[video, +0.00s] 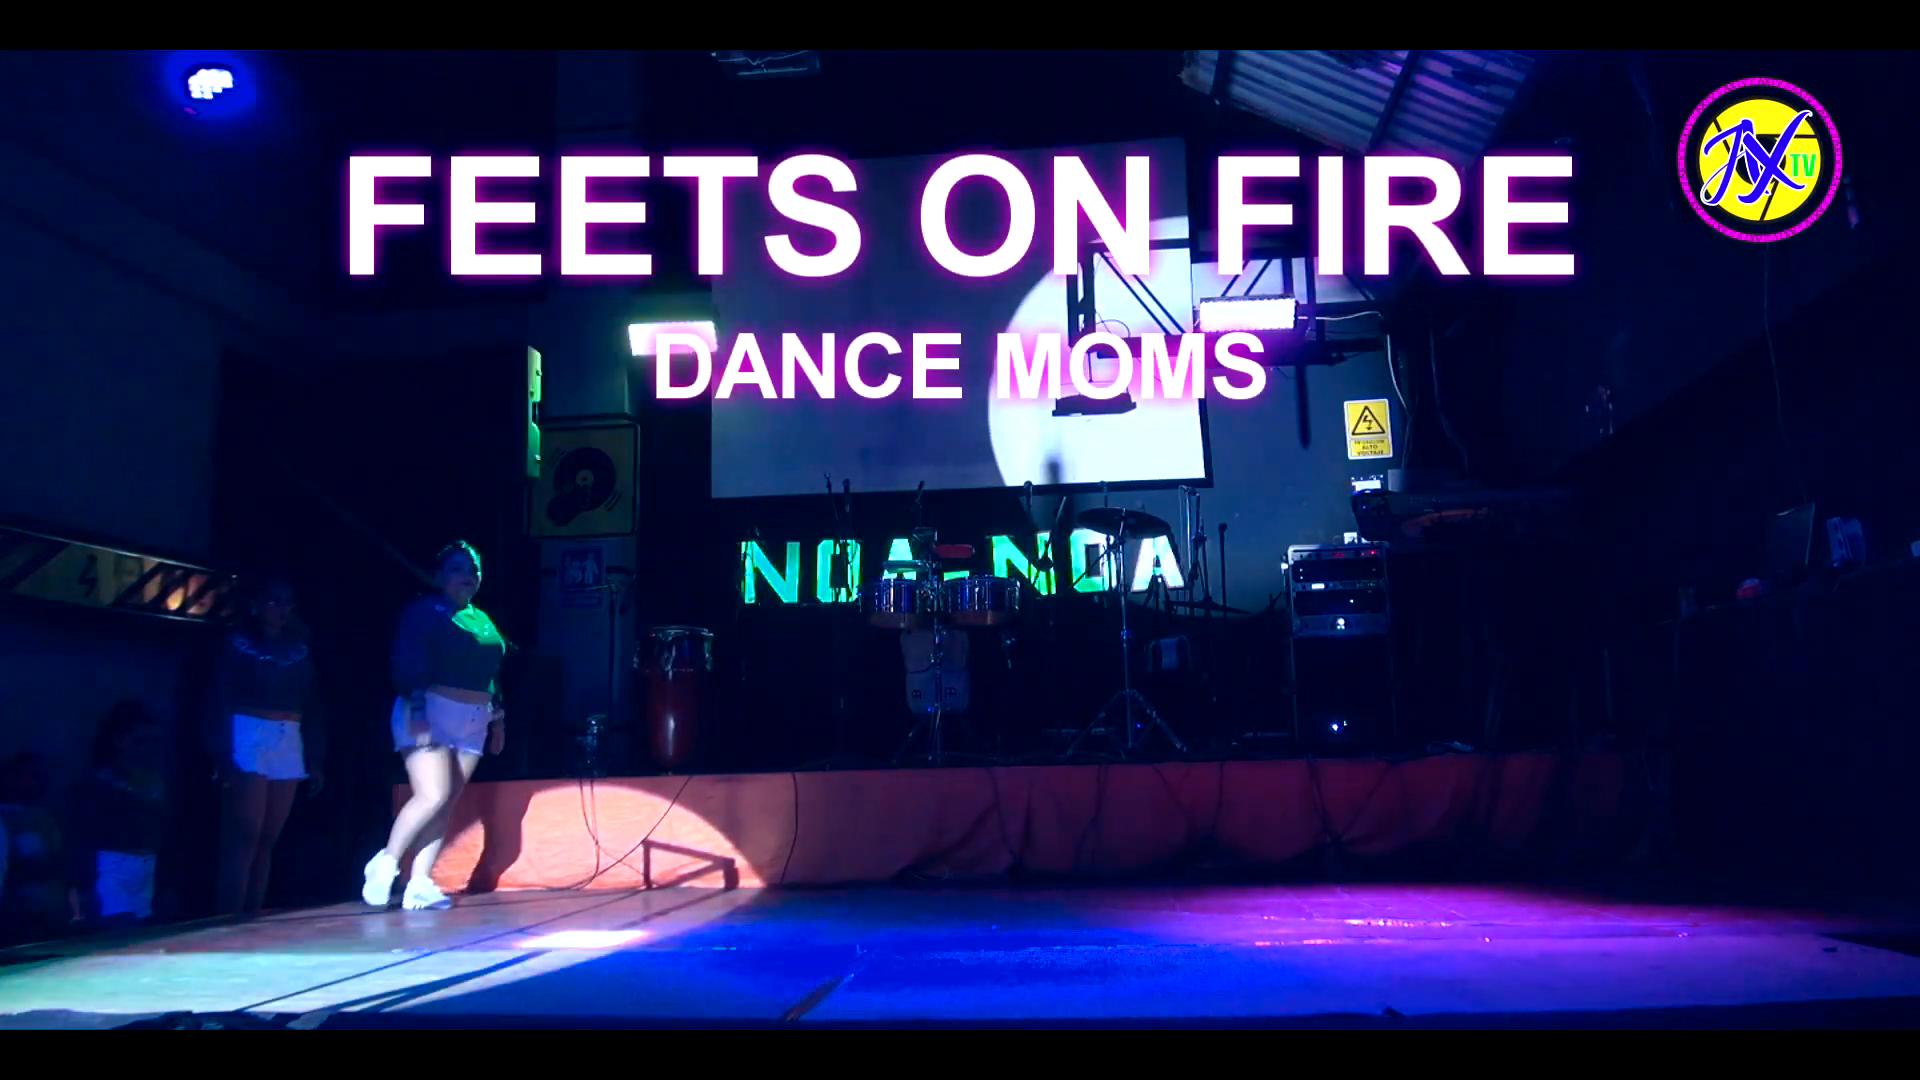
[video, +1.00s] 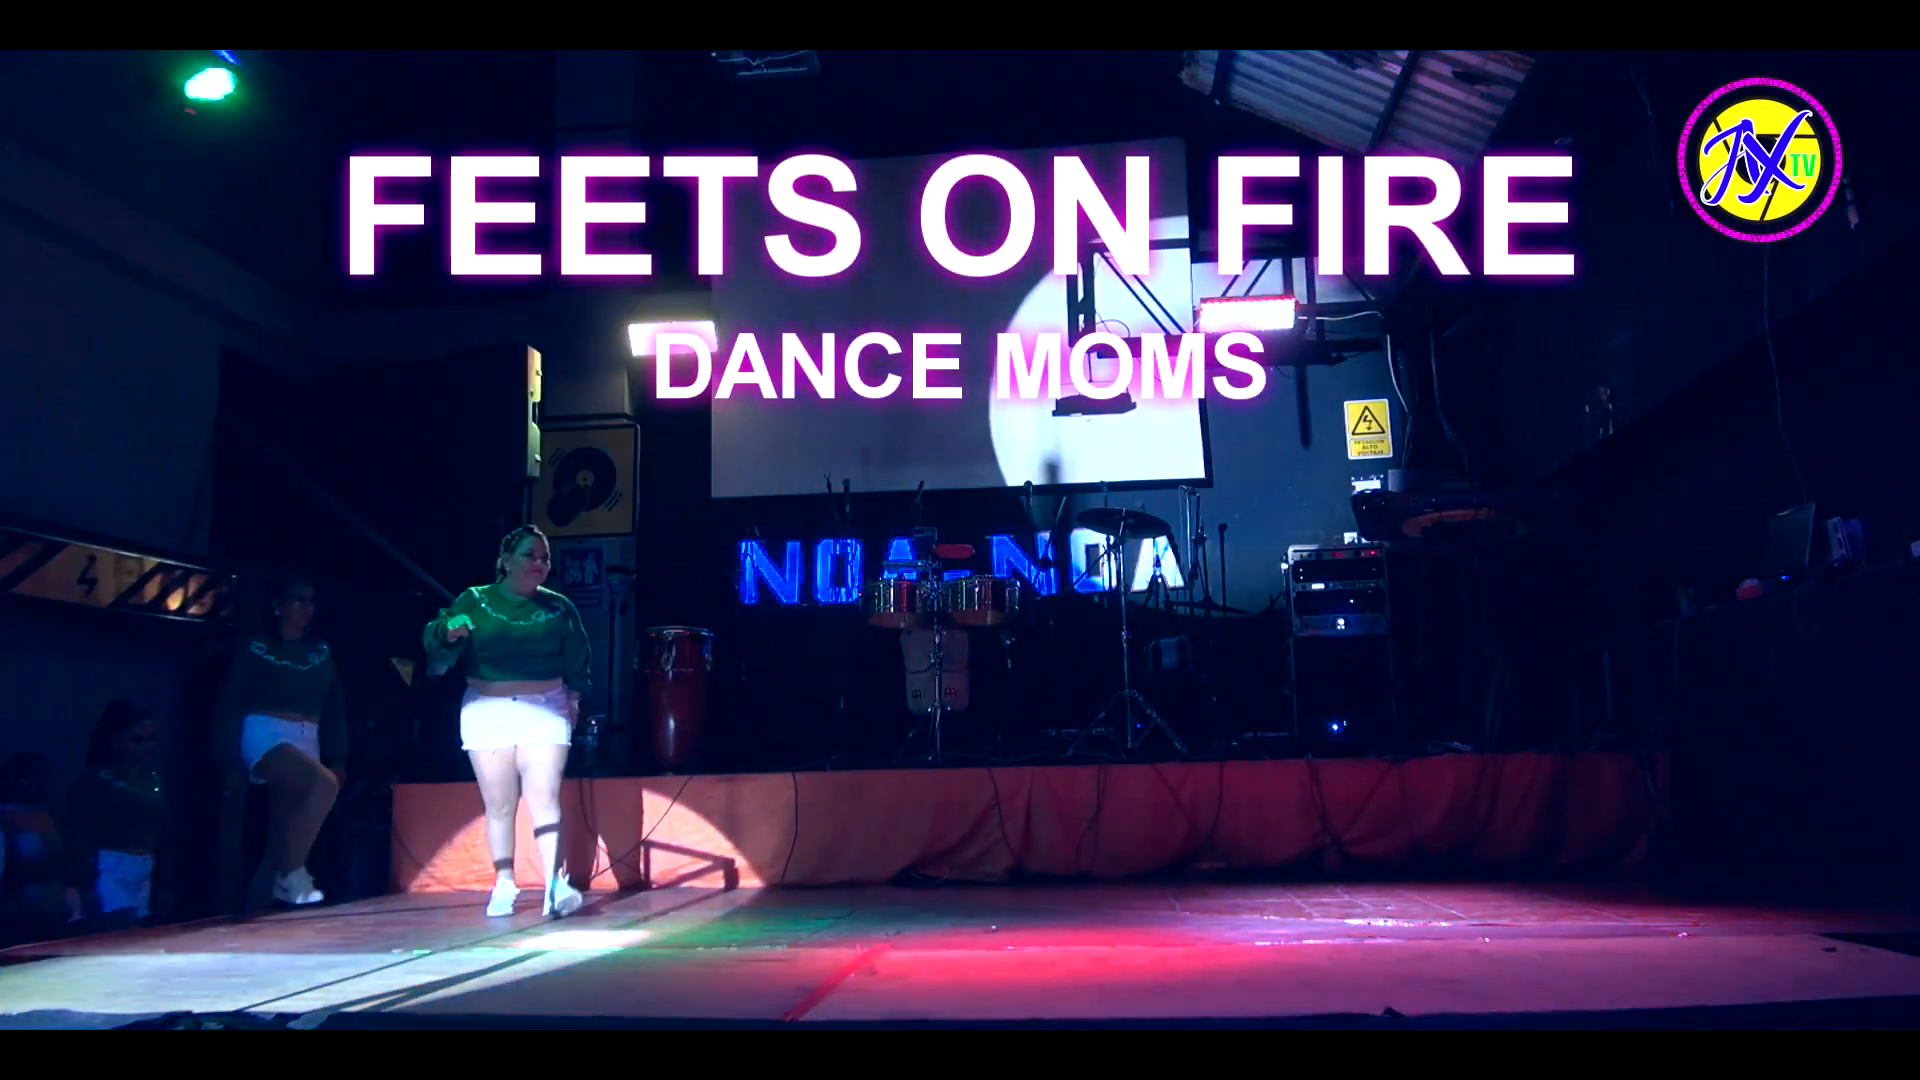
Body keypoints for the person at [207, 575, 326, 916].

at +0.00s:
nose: (280, 611)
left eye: (286, 604)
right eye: (274, 603)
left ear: (293, 609)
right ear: (258, 605)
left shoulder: (298, 647)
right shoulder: (239, 641)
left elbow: (310, 705)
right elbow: (222, 698)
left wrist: (313, 758)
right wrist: (223, 755)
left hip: (290, 733)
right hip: (251, 730)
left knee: (271, 834)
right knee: (248, 828)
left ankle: (255, 912)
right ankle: (232, 911)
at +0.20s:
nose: (279, 610)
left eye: (286, 602)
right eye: (273, 601)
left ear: (294, 607)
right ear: (258, 603)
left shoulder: (300, 646)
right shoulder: (240, 640)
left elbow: (311, 704)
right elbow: (222, 696)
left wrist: (315, 756)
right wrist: (223, 752)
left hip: (292, 733)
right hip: (251, 730)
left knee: (272, 836)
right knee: (248, 834)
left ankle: (254, 915)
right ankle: (231, 916)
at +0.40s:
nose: (285, 610)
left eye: (291, 603)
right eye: (278, 602)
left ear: (297, 609)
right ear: (261, 605)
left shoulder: (303, 651)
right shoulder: (244, 644)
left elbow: (313, 706)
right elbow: (225, 699)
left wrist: (317, 755)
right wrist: (226, 752)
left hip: (295, 735)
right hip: (255, 732)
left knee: (279, 836)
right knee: (251, 833)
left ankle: (257, 913)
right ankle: (231, 913)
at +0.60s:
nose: (292, 609)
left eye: (296, 603)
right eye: (284, 602)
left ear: (302, 609)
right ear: (264, 607)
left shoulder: (308, 652)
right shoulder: (248, 647)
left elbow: (320, 710)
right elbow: (229, 701)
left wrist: (323, 761)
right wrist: (229, 753)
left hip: (299, 736)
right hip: (258, 734)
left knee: (286, 837)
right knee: (272, 831)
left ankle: (260, 918)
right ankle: (239, 914)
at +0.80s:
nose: (295, 611)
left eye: (299, 604)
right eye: (288, 603)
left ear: (304, 611)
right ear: (271, 607)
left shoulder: (312, 653)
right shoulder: (251, 647)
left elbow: (325, 707)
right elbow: (230, 698)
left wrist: (327, 757)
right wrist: (226, 751)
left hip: (302, 735)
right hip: (260, 731)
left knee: (293, 813)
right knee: (305, 802)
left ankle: (268, 895)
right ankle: (252, 874)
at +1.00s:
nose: (305, 610)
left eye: (309, 603)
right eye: (298, 602)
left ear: (313, 610)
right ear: (280, 606)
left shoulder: (320, 653)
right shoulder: (257, 647)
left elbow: (333, 710)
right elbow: (235, 699)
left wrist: (335, 758)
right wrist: (229, 750)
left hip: (308, 734)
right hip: (265, 730)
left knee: (288, 817)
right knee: (323, 783)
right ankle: (293, 873)